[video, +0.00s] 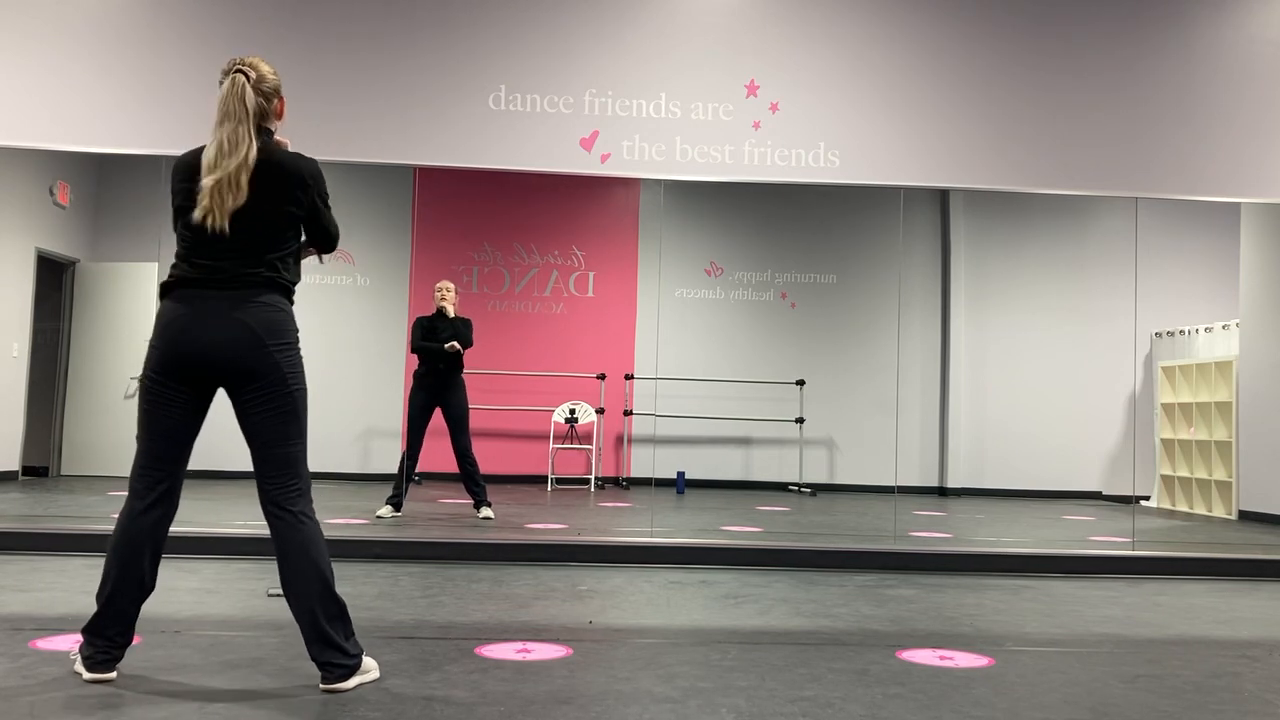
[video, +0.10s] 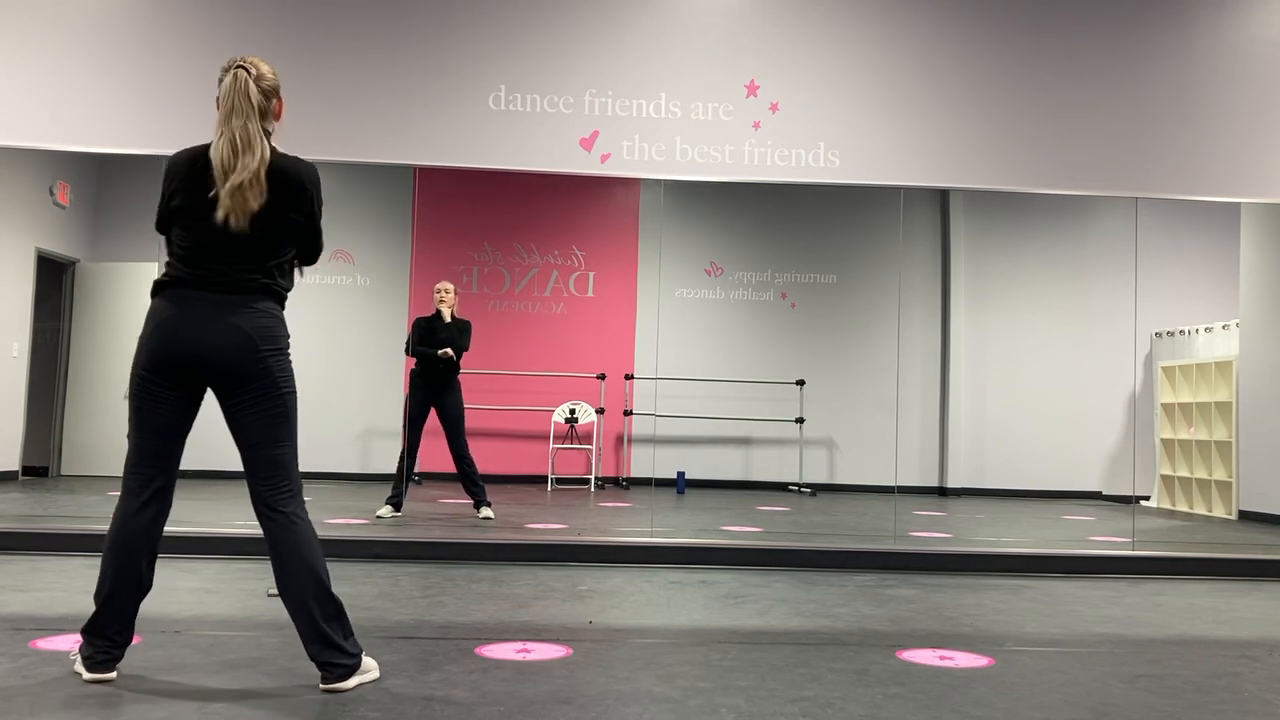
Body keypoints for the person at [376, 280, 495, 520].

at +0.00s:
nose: (443, 293)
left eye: (447, 290)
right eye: (439, 290)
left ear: (456, 298)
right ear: (433, 297)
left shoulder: (464, 323)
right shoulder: (422, 322)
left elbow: (466, 343)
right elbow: (415, 346)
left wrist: (452, 316)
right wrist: (443, 347)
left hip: (453, 388)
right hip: (423, 387)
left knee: (463, 448)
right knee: (412, 448)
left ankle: (482, 504)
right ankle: (394, 504)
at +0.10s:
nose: (442, 295)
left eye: (447, 291)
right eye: (438, 291)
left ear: (455, 298)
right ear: (433, 297)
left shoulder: (463, 325)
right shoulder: (421, 322)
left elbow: (461, 348)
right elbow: (411, 349)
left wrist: (448, 320)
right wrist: (436, 353)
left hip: (448, 388)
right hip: (420, 387)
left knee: (459, 447)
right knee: (409, 446)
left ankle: (482, 504)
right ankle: (394, 503)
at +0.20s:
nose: (441, 298)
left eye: (446, 294)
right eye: (437, 294)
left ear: (455, 299)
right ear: (432, 299)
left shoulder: (462, 327)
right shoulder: (421, 325)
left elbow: (458, 352)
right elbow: (407, 355)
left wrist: (446, 324)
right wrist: (433, 360)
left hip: (445, 390)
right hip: (417, 390)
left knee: (457, 448)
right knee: (407, 446)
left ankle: (481, 504)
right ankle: (393, 503)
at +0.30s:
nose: (441, 295)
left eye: (446, 292)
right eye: (438, 292)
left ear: (454, 298)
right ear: (432, 296)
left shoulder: (461, 325)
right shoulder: (420, 323)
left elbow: (459, 349)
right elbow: (408, 354)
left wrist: (448, 320)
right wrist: (436, 358)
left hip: (447, 390)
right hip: (418, 389)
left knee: (459, 447)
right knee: (408, 446)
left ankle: (481, 504)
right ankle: (394, 503)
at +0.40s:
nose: (442, 294)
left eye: (447, 291)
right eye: (439, 290)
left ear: (455, 299)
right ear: (432, 297)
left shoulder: (461, 324)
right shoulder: (420, 322)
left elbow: (463, 347)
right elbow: (414, 351)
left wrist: (450, 319)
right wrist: (443, 353)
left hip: (451, 388)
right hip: (422, 388)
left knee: (462, 447)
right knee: (411, 447)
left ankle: (482, 504)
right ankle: (394, 503)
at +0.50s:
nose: (443, 294)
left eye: (448, 291)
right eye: (440, 291)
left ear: (455, 298)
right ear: (433, 296)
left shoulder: (462, 323)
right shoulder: (421, 323)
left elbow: (468, 347)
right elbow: (416, 351)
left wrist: (453, 318)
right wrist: (449, 353)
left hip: (455, 390)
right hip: (426, 389)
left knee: (465, 447)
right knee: (413, 449)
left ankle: (482, 504)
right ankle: (394, 504)